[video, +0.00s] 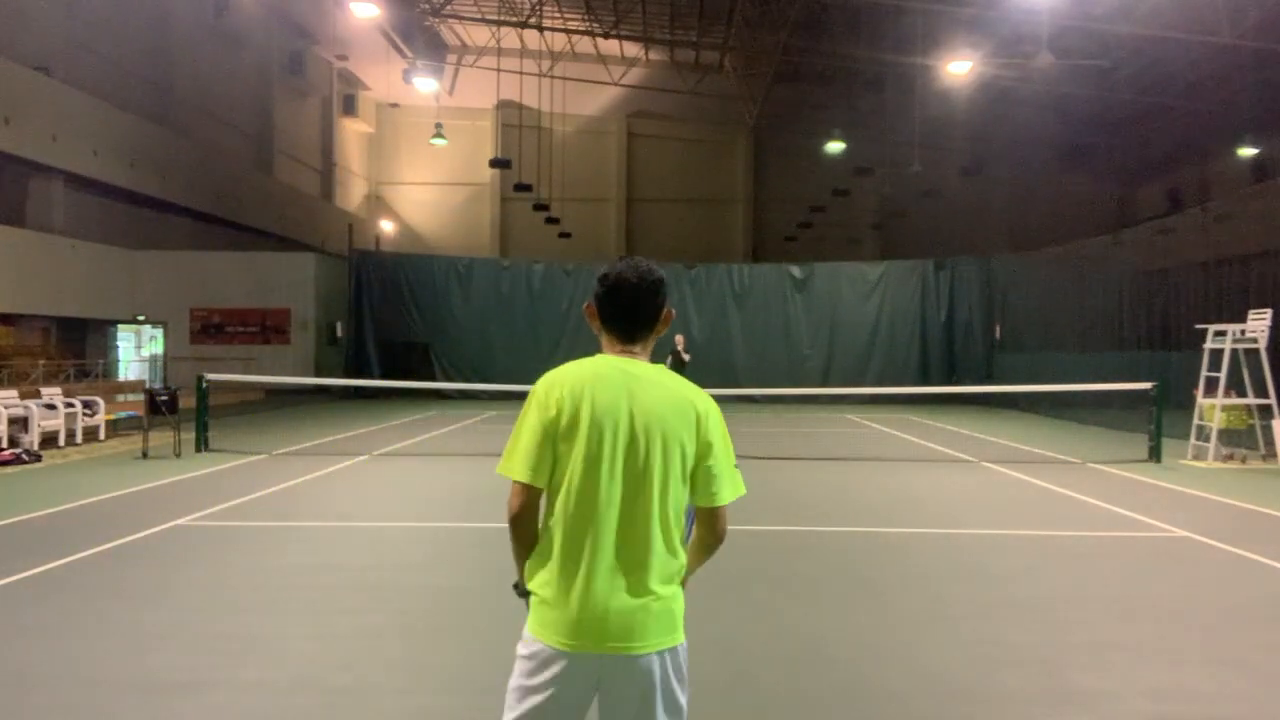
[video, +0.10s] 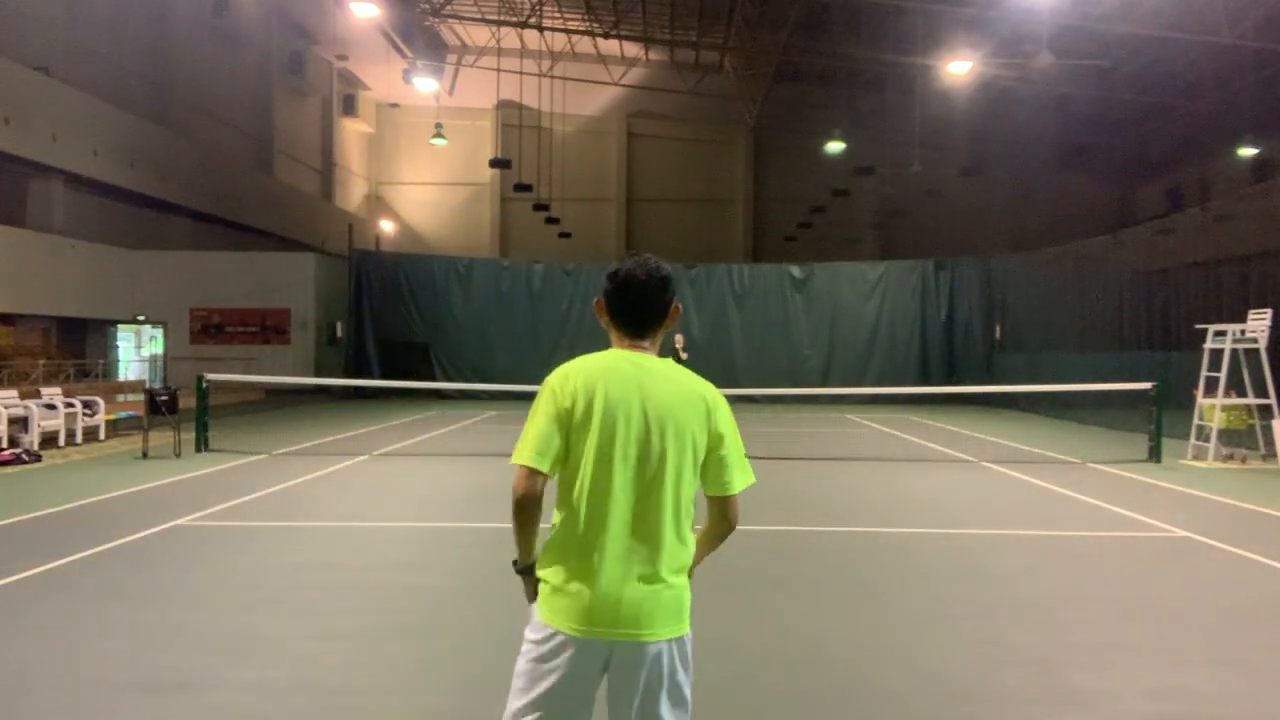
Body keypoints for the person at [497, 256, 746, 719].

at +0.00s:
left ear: (592, 315)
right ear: (665, 319)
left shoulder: (556, 388)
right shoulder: (694, 403)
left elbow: (521, 508)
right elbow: (713, 528)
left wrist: (528, 576)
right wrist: (673, 576)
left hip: (559, 629)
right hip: (651, 633)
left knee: (528, 713)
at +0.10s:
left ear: (601, 311)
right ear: (673, 315)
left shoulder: (569, 381)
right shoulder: (702, 396)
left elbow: (526, 488)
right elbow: (725, 517)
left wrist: (526, 563)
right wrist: (682, 561)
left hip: (569, 610)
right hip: (659, 616)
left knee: (532, 714)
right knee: (656, 714)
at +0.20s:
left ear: (605, 311)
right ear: (675, 314)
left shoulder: (579, 377)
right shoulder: (706, 394)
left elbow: (534, 479)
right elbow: (731, 510)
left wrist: (520, 550)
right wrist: (689, 554)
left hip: (575, 604)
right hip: (662, 610)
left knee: (548, 715)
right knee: (658, 714)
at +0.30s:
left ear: (604, 313)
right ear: (672, 316)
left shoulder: (581, 378)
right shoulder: (703, 394)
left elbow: (541, 478)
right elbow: (732, 506)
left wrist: (516, 540)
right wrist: (692, 550)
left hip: (580, 602)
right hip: (664, 607)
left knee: (563, 714)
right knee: (658, 715)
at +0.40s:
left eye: (598, 309)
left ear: (598, 317)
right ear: (664, 320)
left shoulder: (576, 382)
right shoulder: (697, 394)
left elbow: (539, 483)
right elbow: (725, 505)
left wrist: (516, 538)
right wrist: (682, 550)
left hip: (581, 606)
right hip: (665, 607)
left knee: (572, 714)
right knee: (662, 715)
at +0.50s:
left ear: (589, 320)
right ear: (653, 322)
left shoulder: (565, 388)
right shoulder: (688, 393)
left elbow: (525, 487)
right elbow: (716, 500)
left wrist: (517, 526)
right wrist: (680, 540)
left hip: (580, 607)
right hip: (664, 607)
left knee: (569, 714)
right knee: (664, 715)